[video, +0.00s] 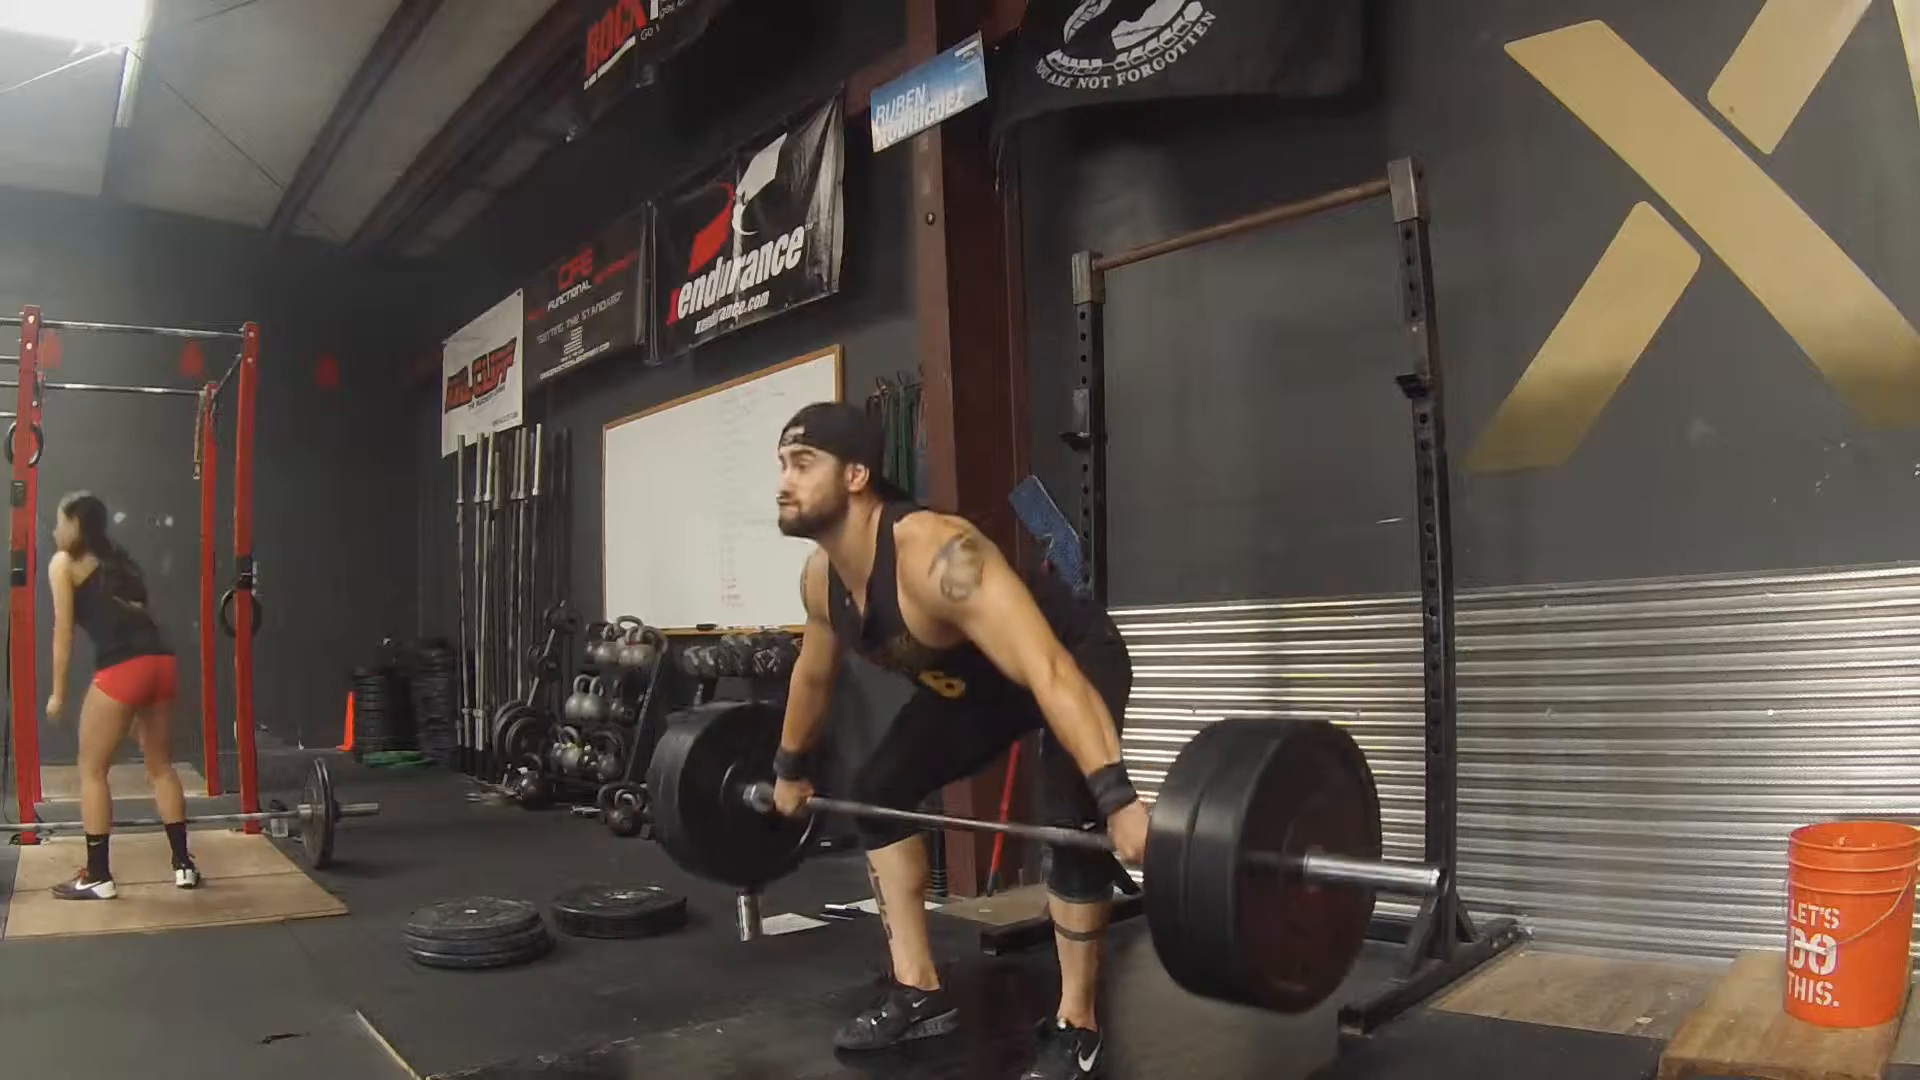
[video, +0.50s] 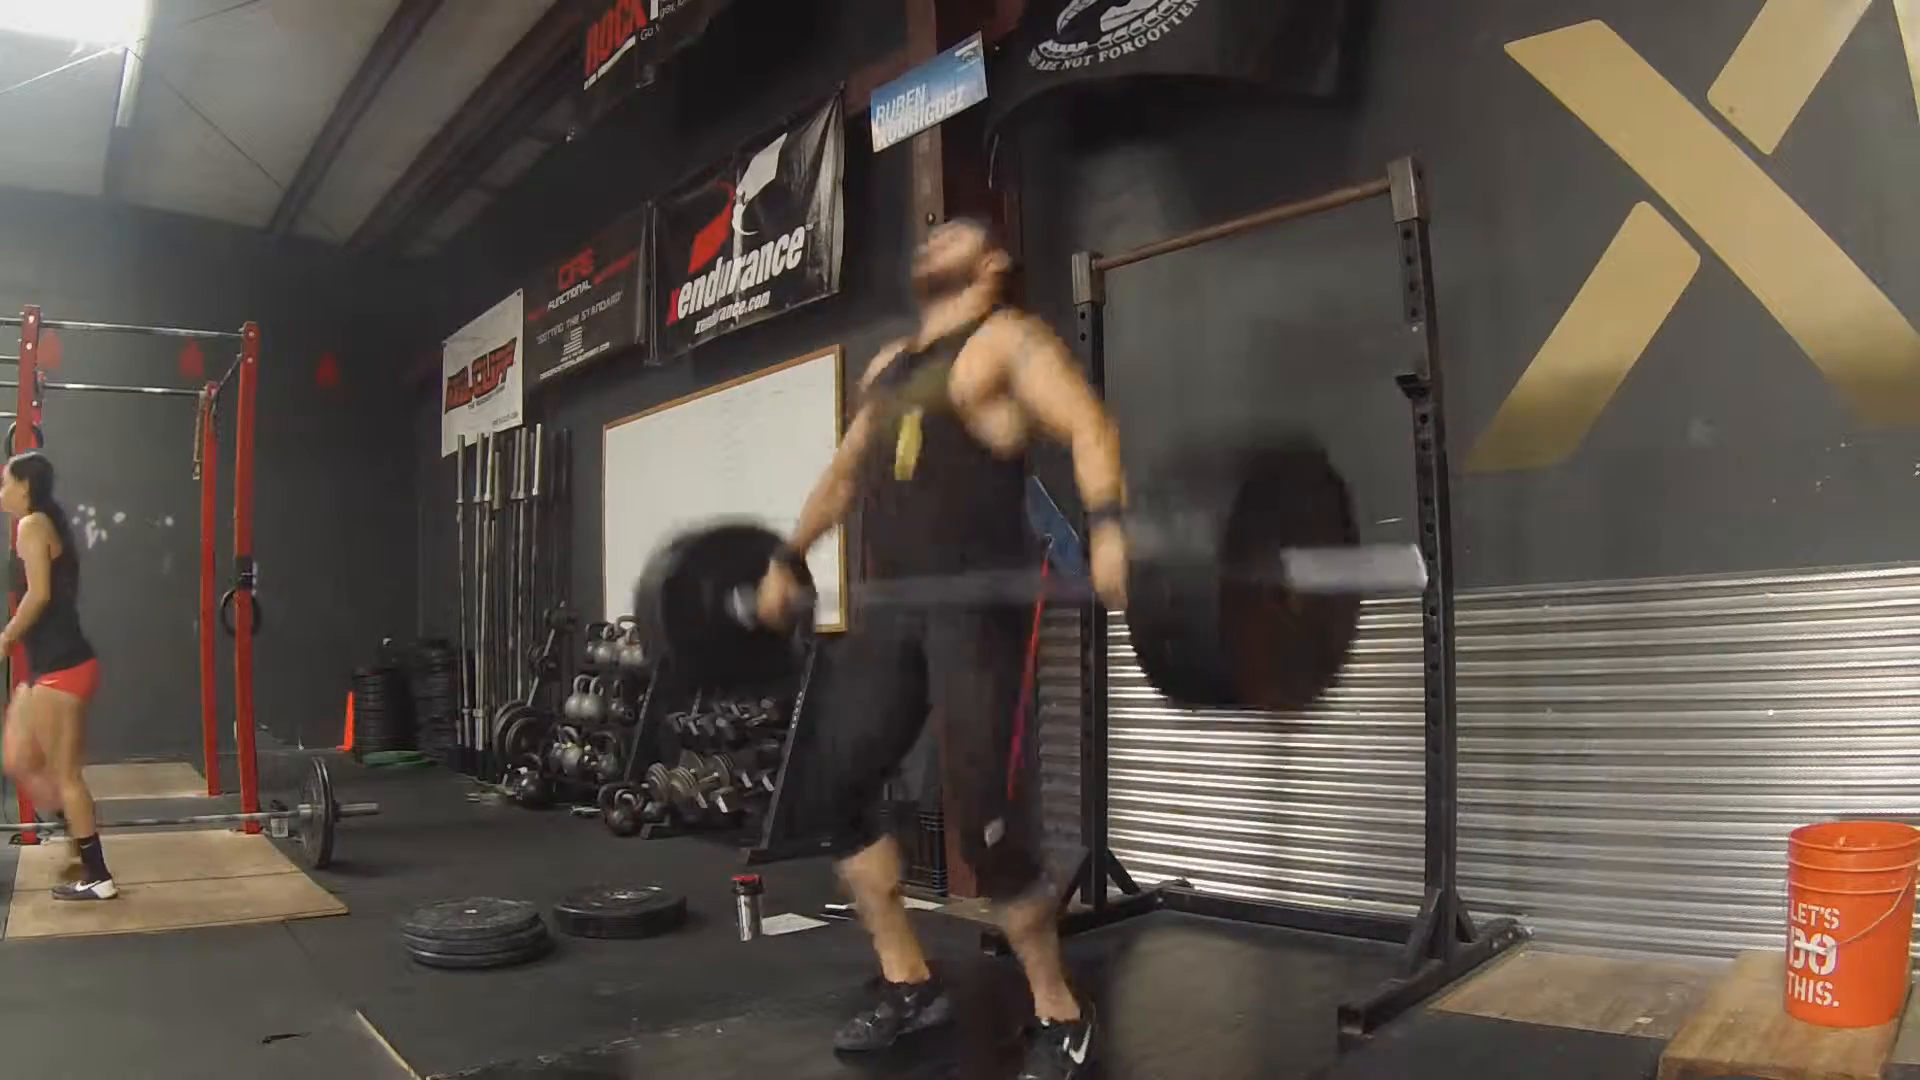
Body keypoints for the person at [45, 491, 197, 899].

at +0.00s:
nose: (56, 530)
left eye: (61, 522)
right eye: (58, 521)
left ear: (79, 526)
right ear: (95, 527)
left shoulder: (63, 563)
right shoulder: (117, 558)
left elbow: (63, 631)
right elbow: (137, 621)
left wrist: (58, 691)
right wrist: (138, 703)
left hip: (121, 669)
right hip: (161, 663)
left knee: (93, 770)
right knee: (161, 768)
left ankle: (98, 875)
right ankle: (184, 864)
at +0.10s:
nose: (46, 512)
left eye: (51, 505)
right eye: (49, 504)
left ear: (67, 508)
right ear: (83, 508)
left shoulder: (54, 546)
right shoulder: (104, 541)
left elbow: (56, 618)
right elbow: (120, 605)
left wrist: (49, 682)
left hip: (105, 665)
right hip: (145, 659)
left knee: (85, 771)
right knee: (147, 765)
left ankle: (97, 875)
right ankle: (180, 858)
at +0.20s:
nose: (36, 501)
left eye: (40, 494)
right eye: (38, 493)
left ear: (57, 498)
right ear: (71, 498)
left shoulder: (45, 535)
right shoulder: (87, 532)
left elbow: (46, 607)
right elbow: (99, 597)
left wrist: (36, 667)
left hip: (89, 665)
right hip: (125, 659)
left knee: (79, 773)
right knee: (124, 759)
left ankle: (97, 876)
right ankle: (172, 847)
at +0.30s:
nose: (24, 495)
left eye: (29, 488)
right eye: (26, 487)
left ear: (46, 493)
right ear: (59, 494)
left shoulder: (39, 529)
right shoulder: (75, 526)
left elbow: (41, 600)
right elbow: (86, 592)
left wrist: (22, 658)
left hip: (78, 668)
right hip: (107, 661)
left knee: (74, 773)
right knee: (101, 766)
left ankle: (97, 876)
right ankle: (160, 836)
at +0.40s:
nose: (13, 493)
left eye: (18, 485)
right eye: (15, 485)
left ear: (37, 490)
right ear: (45, 489)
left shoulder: (36, 526)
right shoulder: (59, 523)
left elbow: (40, 596)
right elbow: (55, 595)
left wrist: (12, 645)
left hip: (69, 663)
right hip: (79, 658)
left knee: (68, 771)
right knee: (57, 765)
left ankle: (97, 877)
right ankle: (128, 830)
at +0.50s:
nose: (2, 492)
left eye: (6, 484)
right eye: (3, 484)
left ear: (25, 487)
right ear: (32, 486)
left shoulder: (32, 525)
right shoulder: (44, 524)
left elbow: (39, 595)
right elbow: (45, 595)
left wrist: (6, 637)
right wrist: (15, 635)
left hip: (61, 668)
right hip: (53, 666)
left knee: (65, 772)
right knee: (19, 759)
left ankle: (96, 873)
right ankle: (81, 839)